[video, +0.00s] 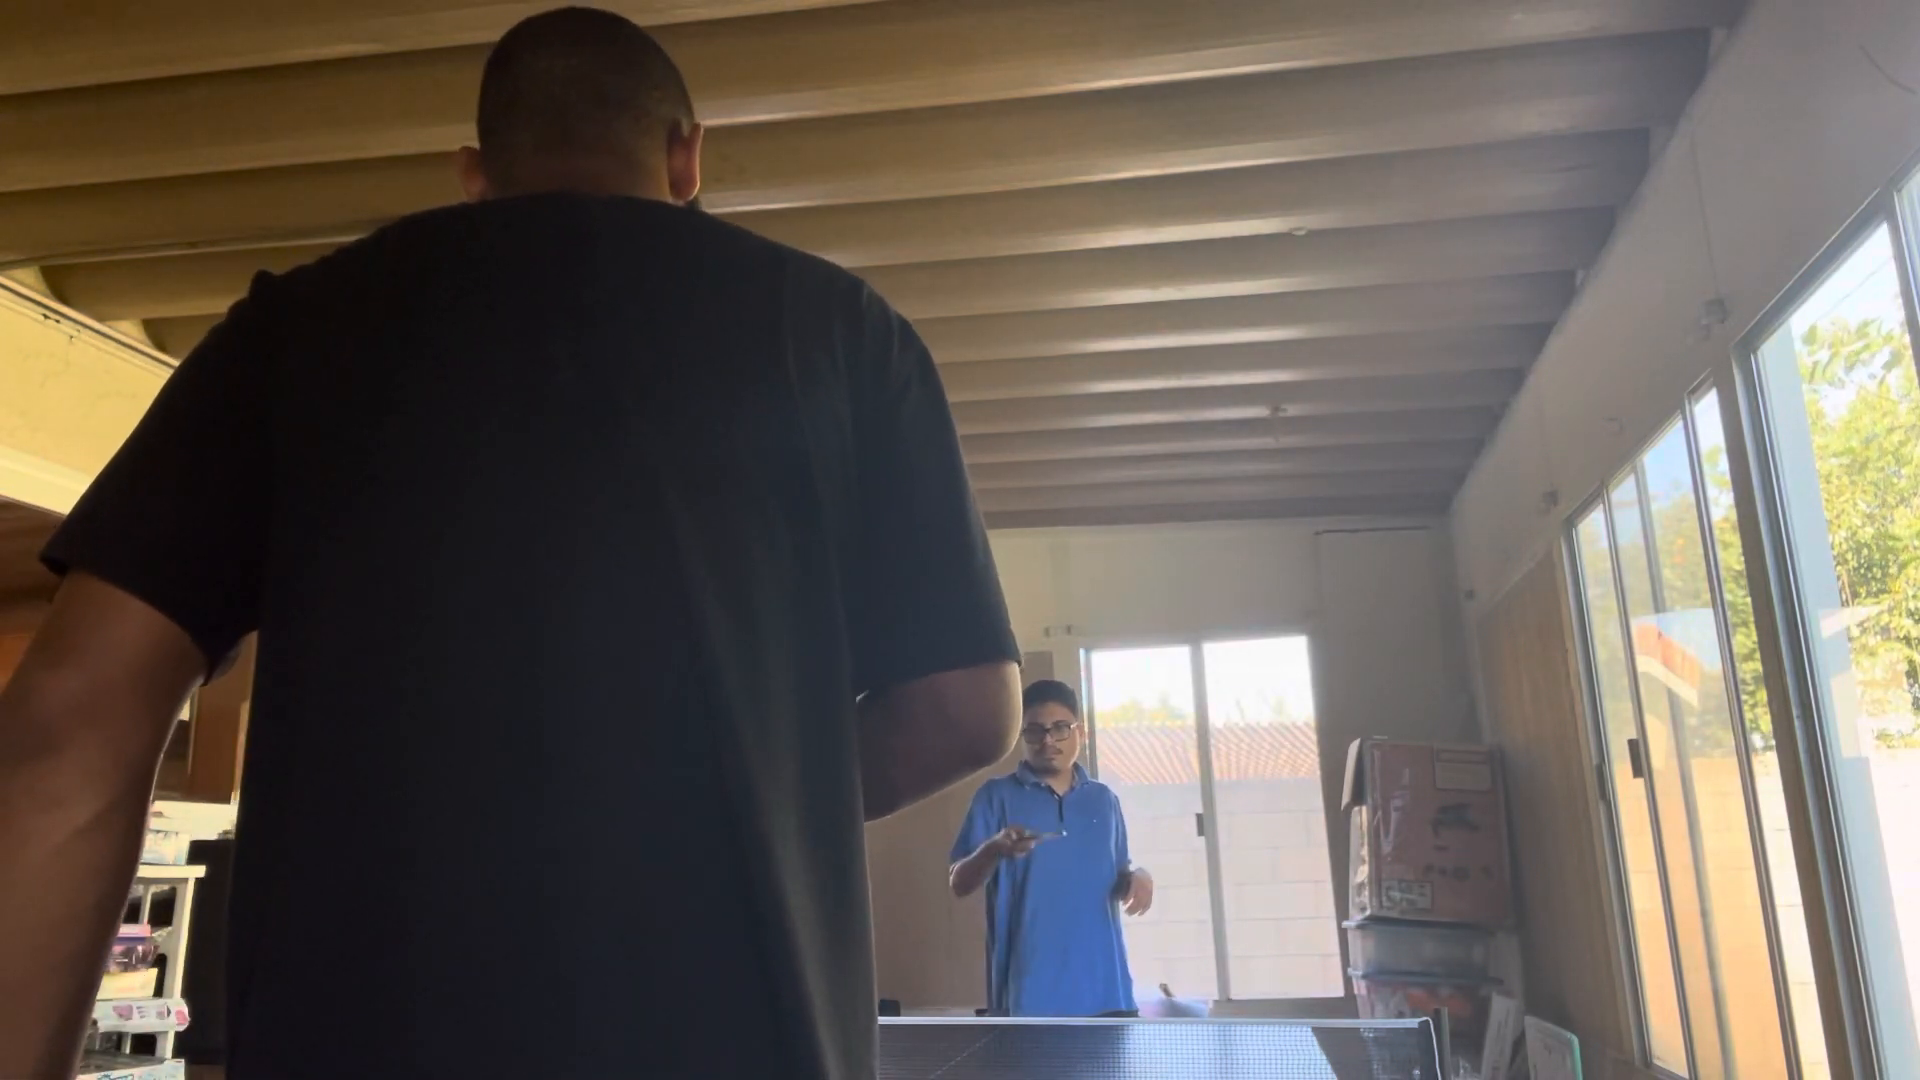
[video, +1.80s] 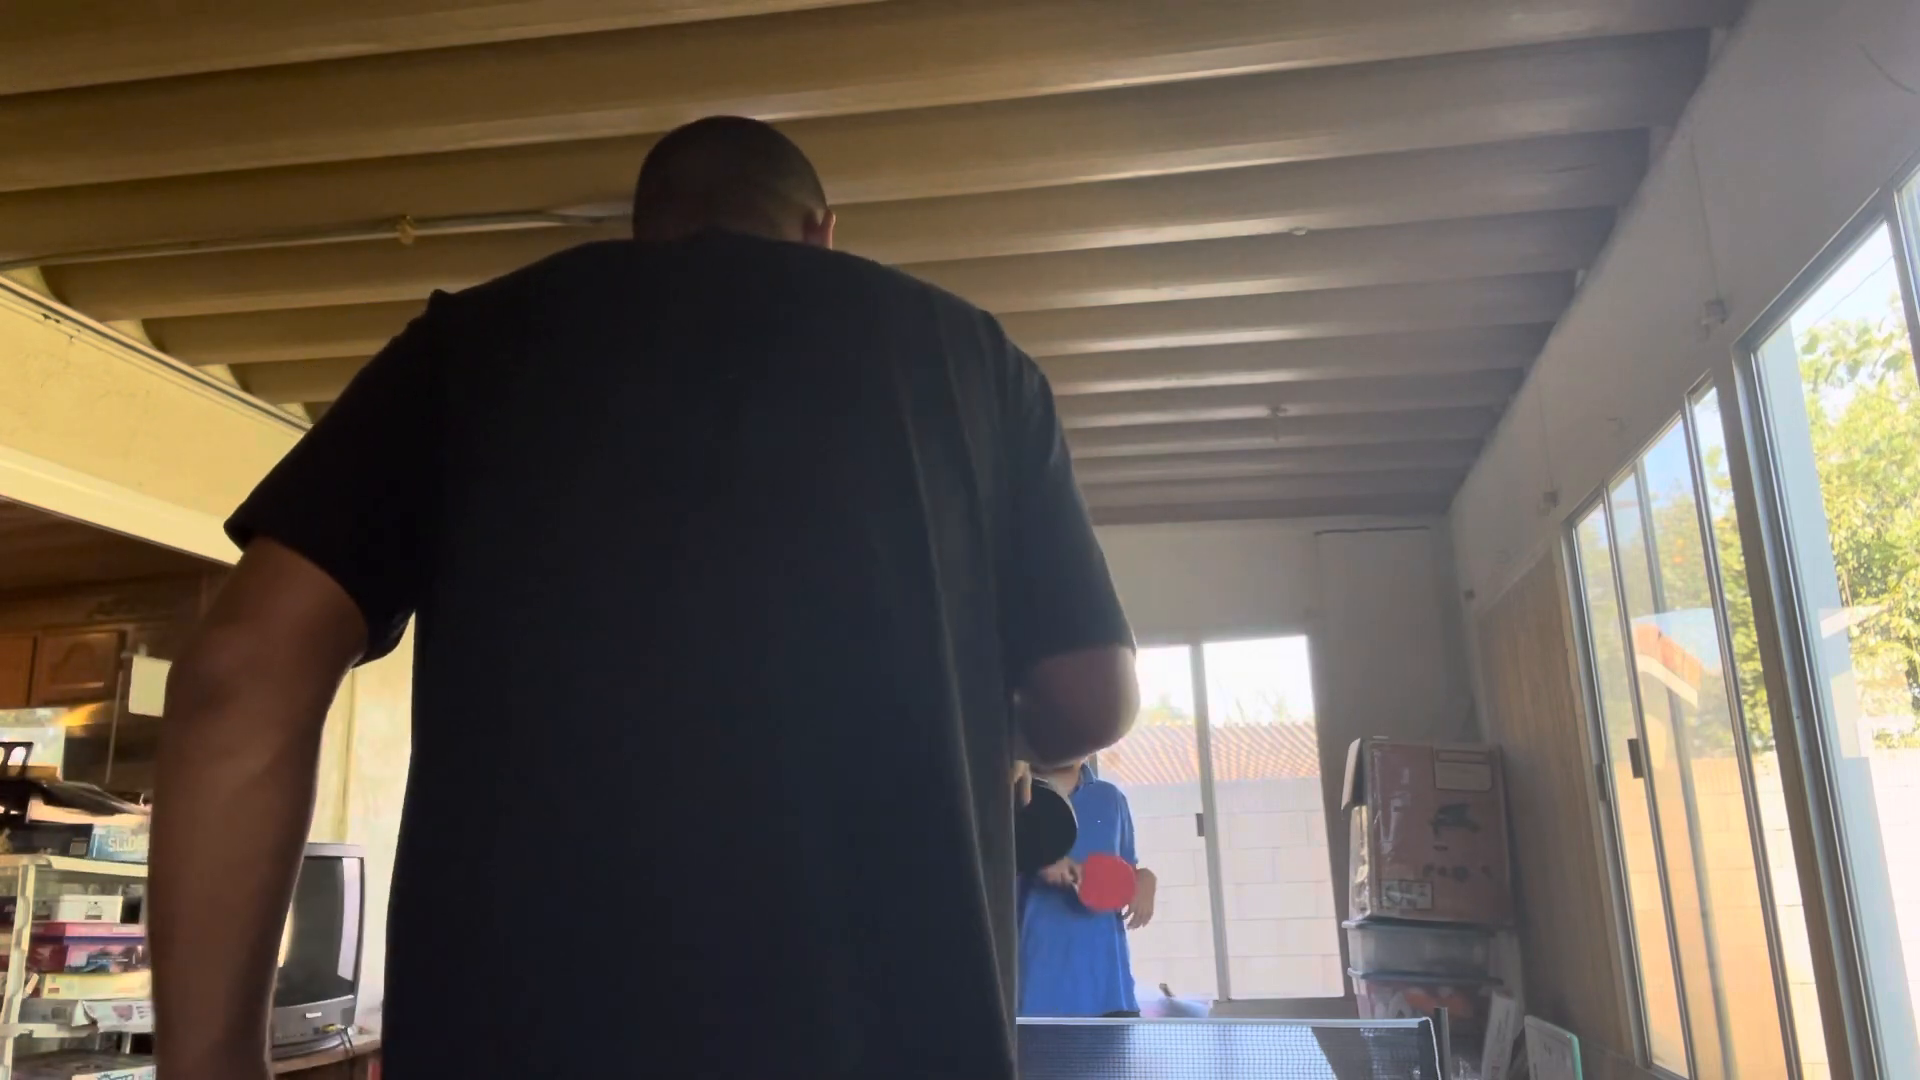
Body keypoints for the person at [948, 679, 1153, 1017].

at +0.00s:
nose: (1048, 741)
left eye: (1060, 728)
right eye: (1035, 731)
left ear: (1080, 733)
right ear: (1022, 737)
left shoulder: (1103, 800)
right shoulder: (996, 797)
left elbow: (1116, 883)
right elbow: (959, 884)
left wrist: (1139, 878)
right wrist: (994, 849)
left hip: (1104, 992)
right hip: (1029, 996)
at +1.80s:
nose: (1069, 746)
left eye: (1078, 737)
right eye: (1058, 736)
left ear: (1091, 742)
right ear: (1029, 736)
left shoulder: (1110, 800)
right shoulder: (1011, 796)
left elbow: (1124, 875)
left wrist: (1145, 878)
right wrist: (1036, 859)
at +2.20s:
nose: (1084, 755)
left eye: (1091, 744)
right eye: (1071, 744)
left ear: (1098, 746)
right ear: (1042, 746)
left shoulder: (1108, 801)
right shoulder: (1019, 799)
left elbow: (1114, 884)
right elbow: (985, 876)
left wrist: (1168, 878)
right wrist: (1071, 853)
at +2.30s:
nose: (1084, 746)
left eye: (1091, 736)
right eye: (1070, 736)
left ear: (1100, 739)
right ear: (1038, 737)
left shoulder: (1105, 801)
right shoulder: (1013, 800)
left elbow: (1118, 882)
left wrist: (1169, 876)